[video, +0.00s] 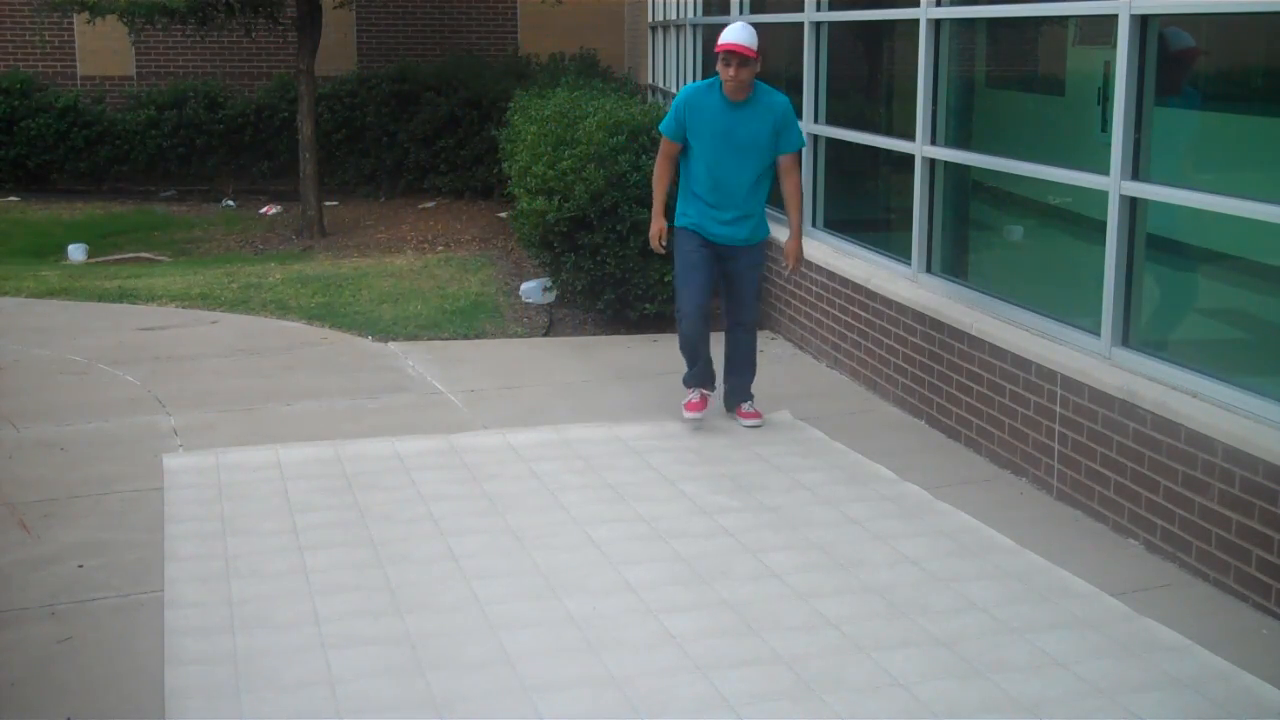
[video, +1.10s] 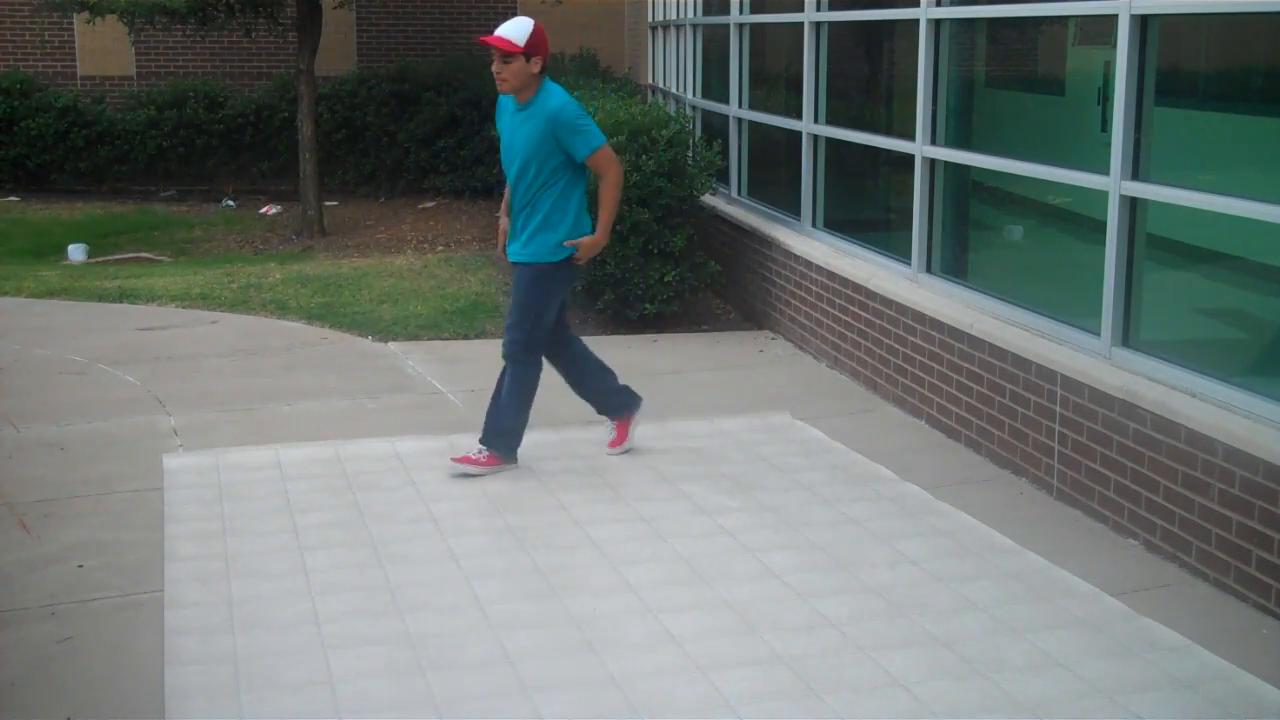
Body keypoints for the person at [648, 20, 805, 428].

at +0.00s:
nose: (732, 72)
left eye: (741, 64)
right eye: (725, 63)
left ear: (756, 65)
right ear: (716, 63)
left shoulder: (778, 108)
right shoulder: (691, 99)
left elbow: (789, 173)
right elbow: (666, 157)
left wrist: (795, 234)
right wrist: (657, 215)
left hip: (747, 231)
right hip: (694, 226)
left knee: (743, 319)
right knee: (690, 314)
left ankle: (739, 397)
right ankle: (699, 386)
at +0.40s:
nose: (652, 67)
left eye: (661, 58)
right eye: (646, 61)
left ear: (681, 60)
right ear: (641, 66)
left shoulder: (713, 103)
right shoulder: (641, 111)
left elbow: (748, 168)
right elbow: (648, 173)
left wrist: (745, 224)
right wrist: (649, 228)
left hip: (717, 240)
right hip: (666, 240)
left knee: (730, 328)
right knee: (663, 331)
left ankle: (748, 394)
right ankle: (654, 419)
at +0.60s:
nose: (605, 64)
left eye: (614, 54)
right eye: (599, 57)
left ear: (637, 54)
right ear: (595, 61)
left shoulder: (670, 96)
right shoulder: (606, 107)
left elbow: (706, 161)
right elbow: (612, 175)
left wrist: (718, 229)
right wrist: (610, 237)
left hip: (678, 237)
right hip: (632, 238)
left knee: (674, 327)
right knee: (643, 333)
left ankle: (734, 378)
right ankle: (650, 421)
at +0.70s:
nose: (588, 59)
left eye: (597, 49)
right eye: (582, 51)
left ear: (621, 50)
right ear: (578, 56)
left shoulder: (653, 95)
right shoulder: (591, 102)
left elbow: (692, 158)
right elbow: (593, 173)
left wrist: (703, 222)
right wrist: (579, 232)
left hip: (659, 232)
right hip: (617, 234)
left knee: (631, 322)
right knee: (632, 325)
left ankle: (686, 403)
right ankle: (647, 419)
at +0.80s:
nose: (569, 60)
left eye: (578, 51)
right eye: (563, 52)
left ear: (603, 51)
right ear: (559, 57)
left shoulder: (633, 96)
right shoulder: (574, 103)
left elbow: (677, 156)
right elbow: (572, 171)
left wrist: (685, 221)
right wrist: (548, 222)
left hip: (636, 232)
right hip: (607, 233)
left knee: (595, 323)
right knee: (632, 329)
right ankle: (650, 423)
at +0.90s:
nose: (547, 65)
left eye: (557, 55)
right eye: (543, 56)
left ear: (583, 57)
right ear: (539, 61)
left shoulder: (612, 100)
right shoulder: (555, 106)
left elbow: (660, 159)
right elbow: (550, 172)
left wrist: (659, 227)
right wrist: (523, 215)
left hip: (614, 240)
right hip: (586, 240)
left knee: (570, 334)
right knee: (623, 335)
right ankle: (650, 424)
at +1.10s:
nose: (496, 68)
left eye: (507, 60)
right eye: (494, 59)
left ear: (535, 64)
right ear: (494, 61)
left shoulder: (561, 109)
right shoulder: (506, 103)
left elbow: (611, 169)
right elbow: (519, 165)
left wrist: (601, 236)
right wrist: (505, 211)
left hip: (554, 250)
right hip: (524, 247)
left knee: (520, 344)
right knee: (555, 341)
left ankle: (499, 447)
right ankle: (620, 404)